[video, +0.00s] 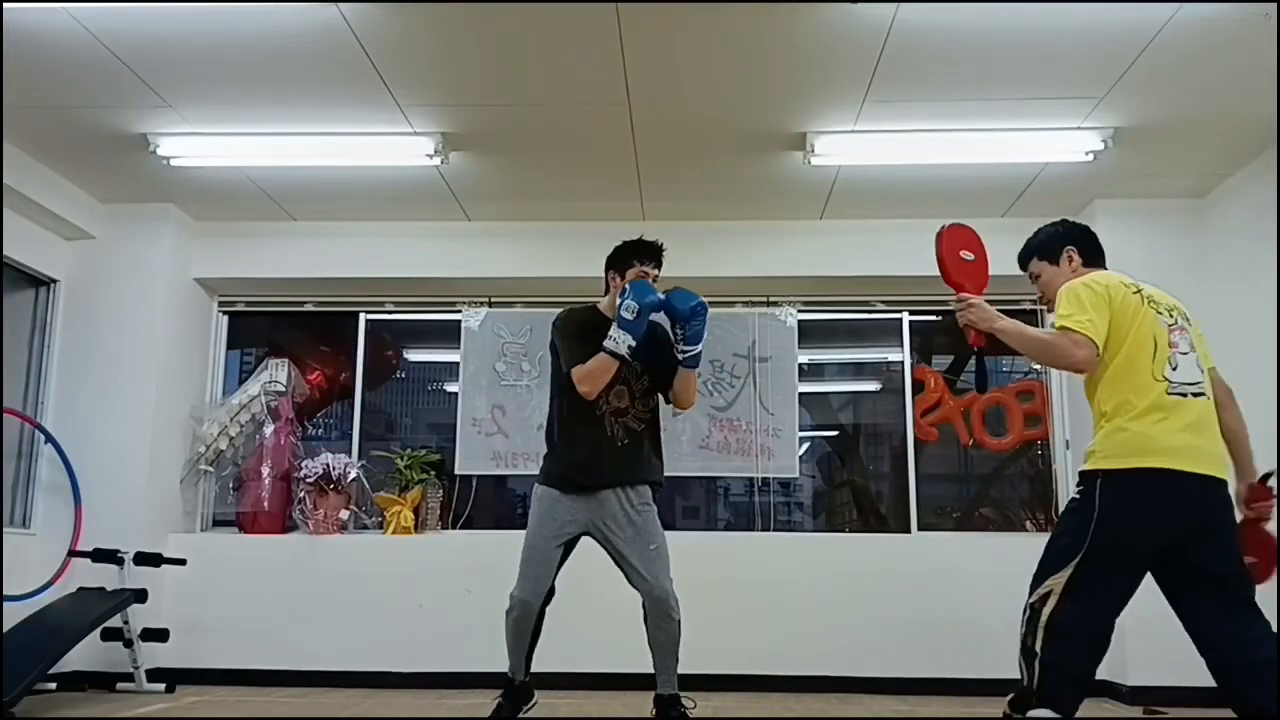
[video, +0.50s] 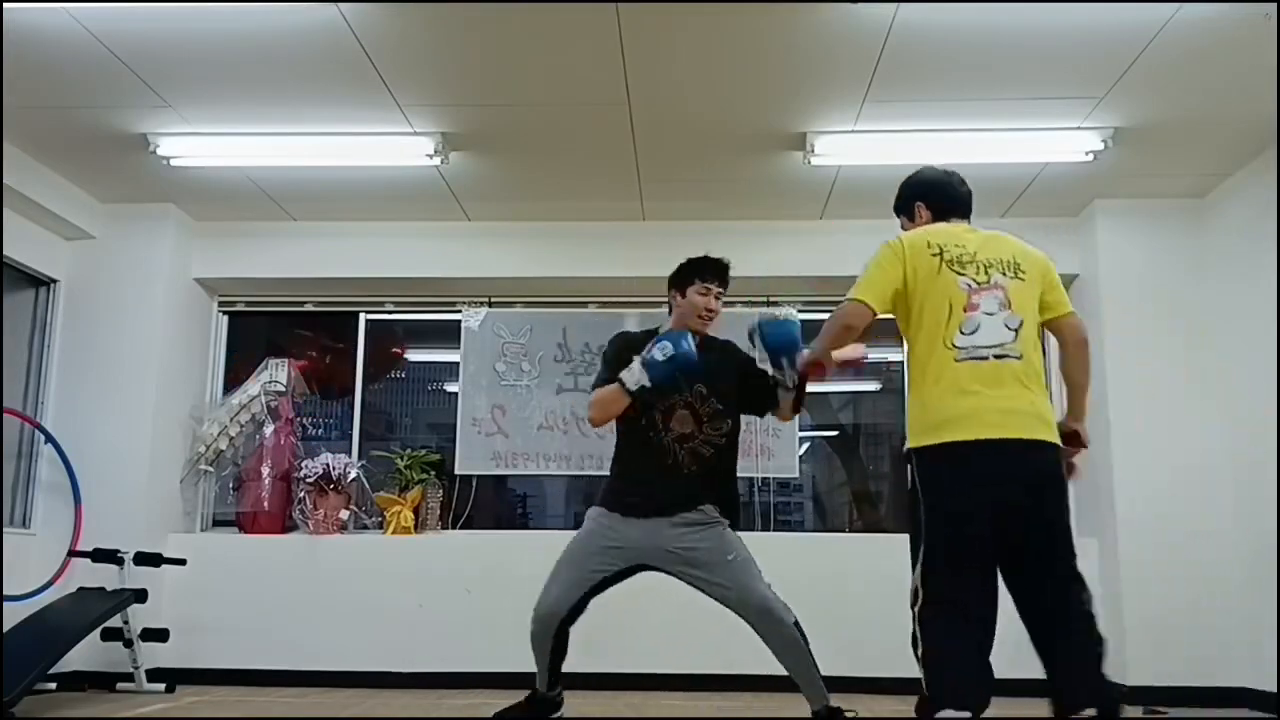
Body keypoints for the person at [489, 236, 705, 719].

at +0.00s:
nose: (646, 289)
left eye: (653, 282)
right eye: (639, 280)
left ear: (658, 287)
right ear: (612, 280)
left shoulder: (656, 333)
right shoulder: (574, 322)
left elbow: (683, 400)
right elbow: (586, 385)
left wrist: (689, 344)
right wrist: (626, 326)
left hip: (628, 491)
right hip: (561, 490)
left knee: (662, 596)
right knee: (525, 598)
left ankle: (668, 698)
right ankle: (517, 687)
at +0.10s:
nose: (649, 304)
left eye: (655, 297)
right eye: (642, 294)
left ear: (658, 301)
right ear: (614, 294)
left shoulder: (653, 348)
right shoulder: (573, 338)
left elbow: (682, 412)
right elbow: (595, 395)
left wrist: (690, 356)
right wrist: (635, 335)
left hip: (642, 505)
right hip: (570, 508)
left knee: (687, 587)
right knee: (530, 614)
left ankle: (678, 682)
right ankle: (519, 700)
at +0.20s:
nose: (664, 297)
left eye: (669, 291)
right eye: (655, 288)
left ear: (672, 298)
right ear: (627, 292)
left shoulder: (672, 349)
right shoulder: (588, 338)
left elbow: (712, 414)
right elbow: (587, 395)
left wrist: (709, 360)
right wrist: (633, 341)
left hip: (660, 507)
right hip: (585, 512)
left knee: (715, 582)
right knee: (538, 613)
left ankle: (737, 690)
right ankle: (521, 697)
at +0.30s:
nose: (694, 301)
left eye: (700, 293)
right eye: (685, 290)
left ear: (703, 300)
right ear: (655, 292)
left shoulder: (708, 351)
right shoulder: (613, 338)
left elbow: (775, 375)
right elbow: (593, 400)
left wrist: (771, 323)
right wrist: (629, 347)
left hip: (674, 515)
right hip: (603, 516)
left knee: (743, 606)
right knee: (552, 618)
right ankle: (546, 698)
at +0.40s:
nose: (729, 320)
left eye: (734, 313)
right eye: (720, 309)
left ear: (733, 322)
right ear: (689, 312)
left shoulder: (726, 362)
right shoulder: (640, 358)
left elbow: (780, 354)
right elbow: (638, 423)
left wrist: (805, 303)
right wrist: (680, 366)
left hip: (701, 536)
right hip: (626, 539)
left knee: (773, 627)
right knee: (577, 649)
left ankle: (833, 713)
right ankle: (557, 712)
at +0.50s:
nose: (713, 304)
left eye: (720, 298)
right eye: (704, 293)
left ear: (722, 307)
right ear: (675, 295)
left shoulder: (730, 359)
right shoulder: (631, 347)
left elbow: (785, 410)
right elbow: (597, 415)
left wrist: (787, 367)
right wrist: (643, 374)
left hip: (697, 525)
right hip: (617, 521)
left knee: (768, 610)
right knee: (548, 612)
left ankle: (824, 708)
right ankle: (545, 695)